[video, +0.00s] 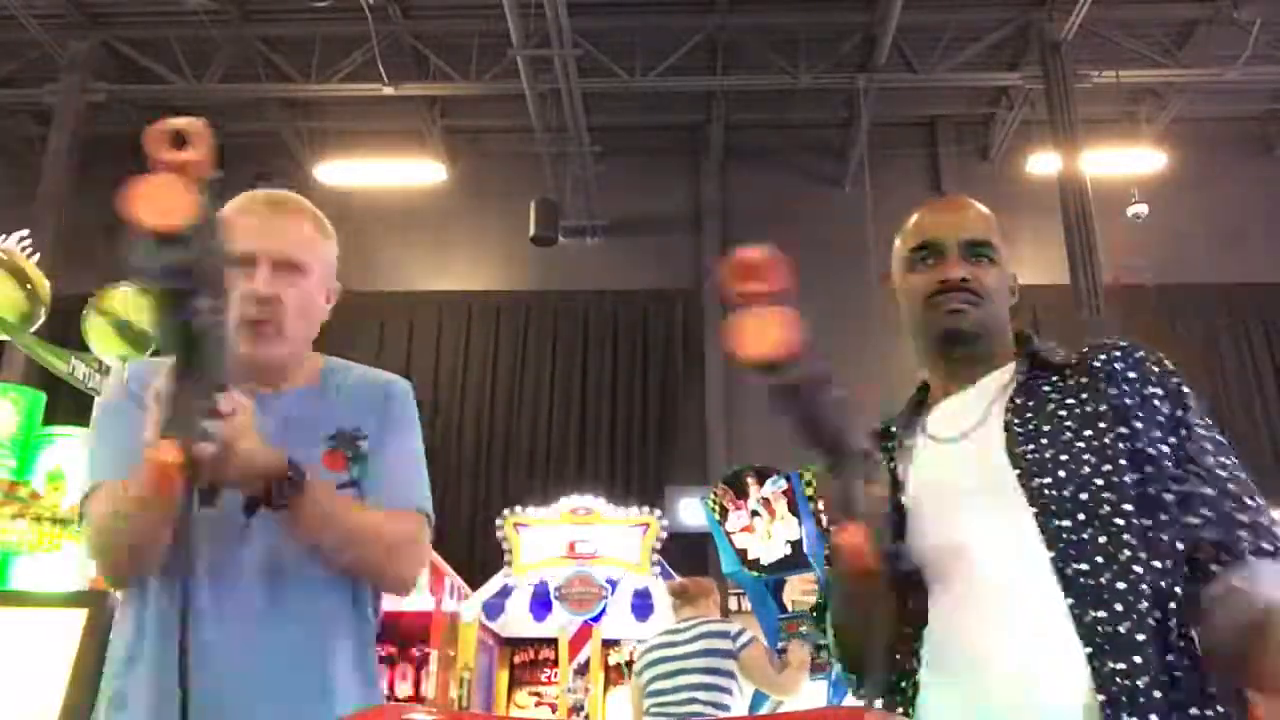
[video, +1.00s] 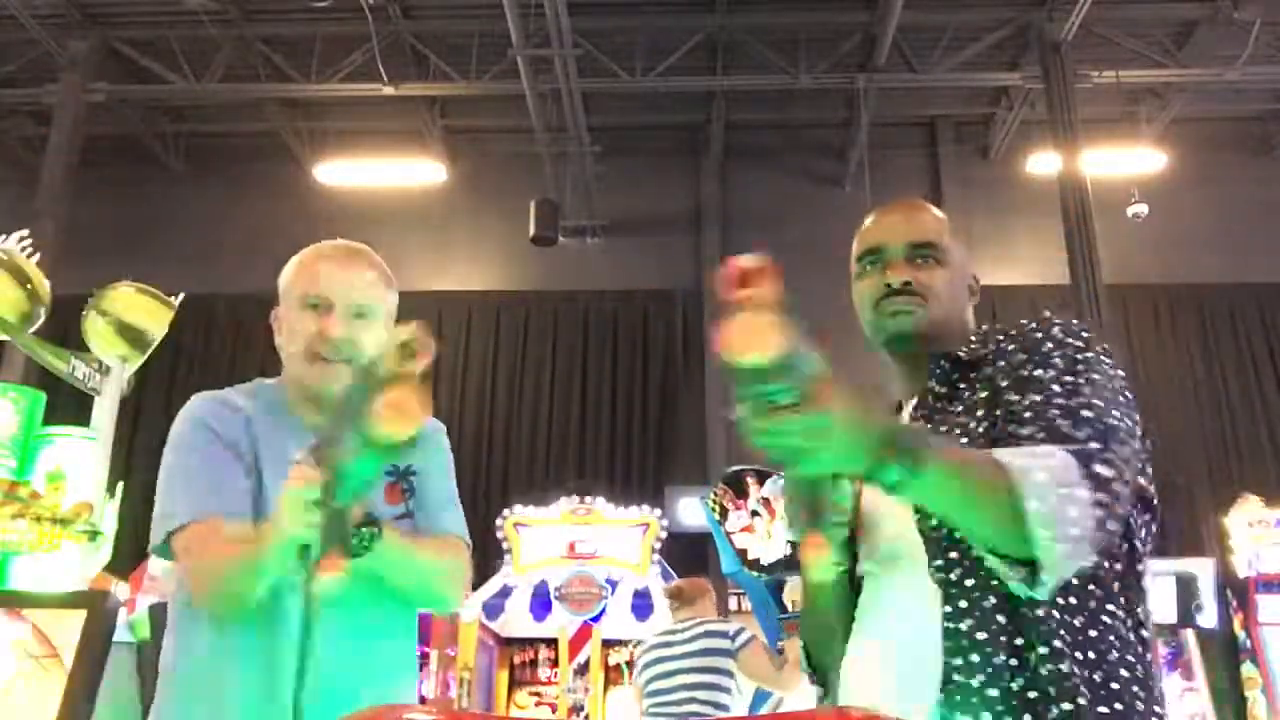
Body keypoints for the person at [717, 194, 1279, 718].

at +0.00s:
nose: (953, 269)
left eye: (977, 254)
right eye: (925, 255)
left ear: (1010, 286)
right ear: (895, 292)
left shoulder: (1117, 381)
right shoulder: (885, 458)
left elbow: (1246, 549)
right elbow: (872, 667)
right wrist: (855, 580)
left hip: (1130, 702)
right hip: (954, 705)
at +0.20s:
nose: (954, 267)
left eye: (979, 249)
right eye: (926, 254)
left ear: (1018, 281)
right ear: (901, 295)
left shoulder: (1131, 399)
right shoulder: (880, 469)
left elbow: (1252, 552)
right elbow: (868, 656)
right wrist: (923, 540)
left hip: (1139, 704)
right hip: (956, 707)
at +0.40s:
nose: (961, 259)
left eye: (986, 243)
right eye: (932, 245)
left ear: (1020, 278)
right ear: (901, 288)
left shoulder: (1110, 350)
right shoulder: (894, 416)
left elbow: (1125, 506)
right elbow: (879, 662)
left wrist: (957, 429)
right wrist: (874, 528)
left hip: (1108, 700)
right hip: (943, 706)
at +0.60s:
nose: (933, 265)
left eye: (957, 250)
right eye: (904, 250)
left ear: (992, 287)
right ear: (876, 295)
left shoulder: (1107, 397)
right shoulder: (856, 470)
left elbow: (1204, 565)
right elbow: (831, 654)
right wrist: (885, 541)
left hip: (1112, 705)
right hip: (932, 706)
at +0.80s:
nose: (915, 266)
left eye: (939, 252)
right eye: (887, 251)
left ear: (972, 287)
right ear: (855, 296)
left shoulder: (1074, 395)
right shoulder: (826, 472)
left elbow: (1188, 579)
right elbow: (797, 655)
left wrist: (1118, 489)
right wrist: (870, 543)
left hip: (1082, 704)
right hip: (902, 708)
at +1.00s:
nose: (896, 274)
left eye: (924, 257)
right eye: (872, 263)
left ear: (972, 281)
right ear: (853, 301)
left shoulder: (1052, 352)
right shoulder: (873, 443)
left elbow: (1072, 522)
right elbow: (836, 664)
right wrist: (818, 532)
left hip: (1060, 701)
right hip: (899, 704)